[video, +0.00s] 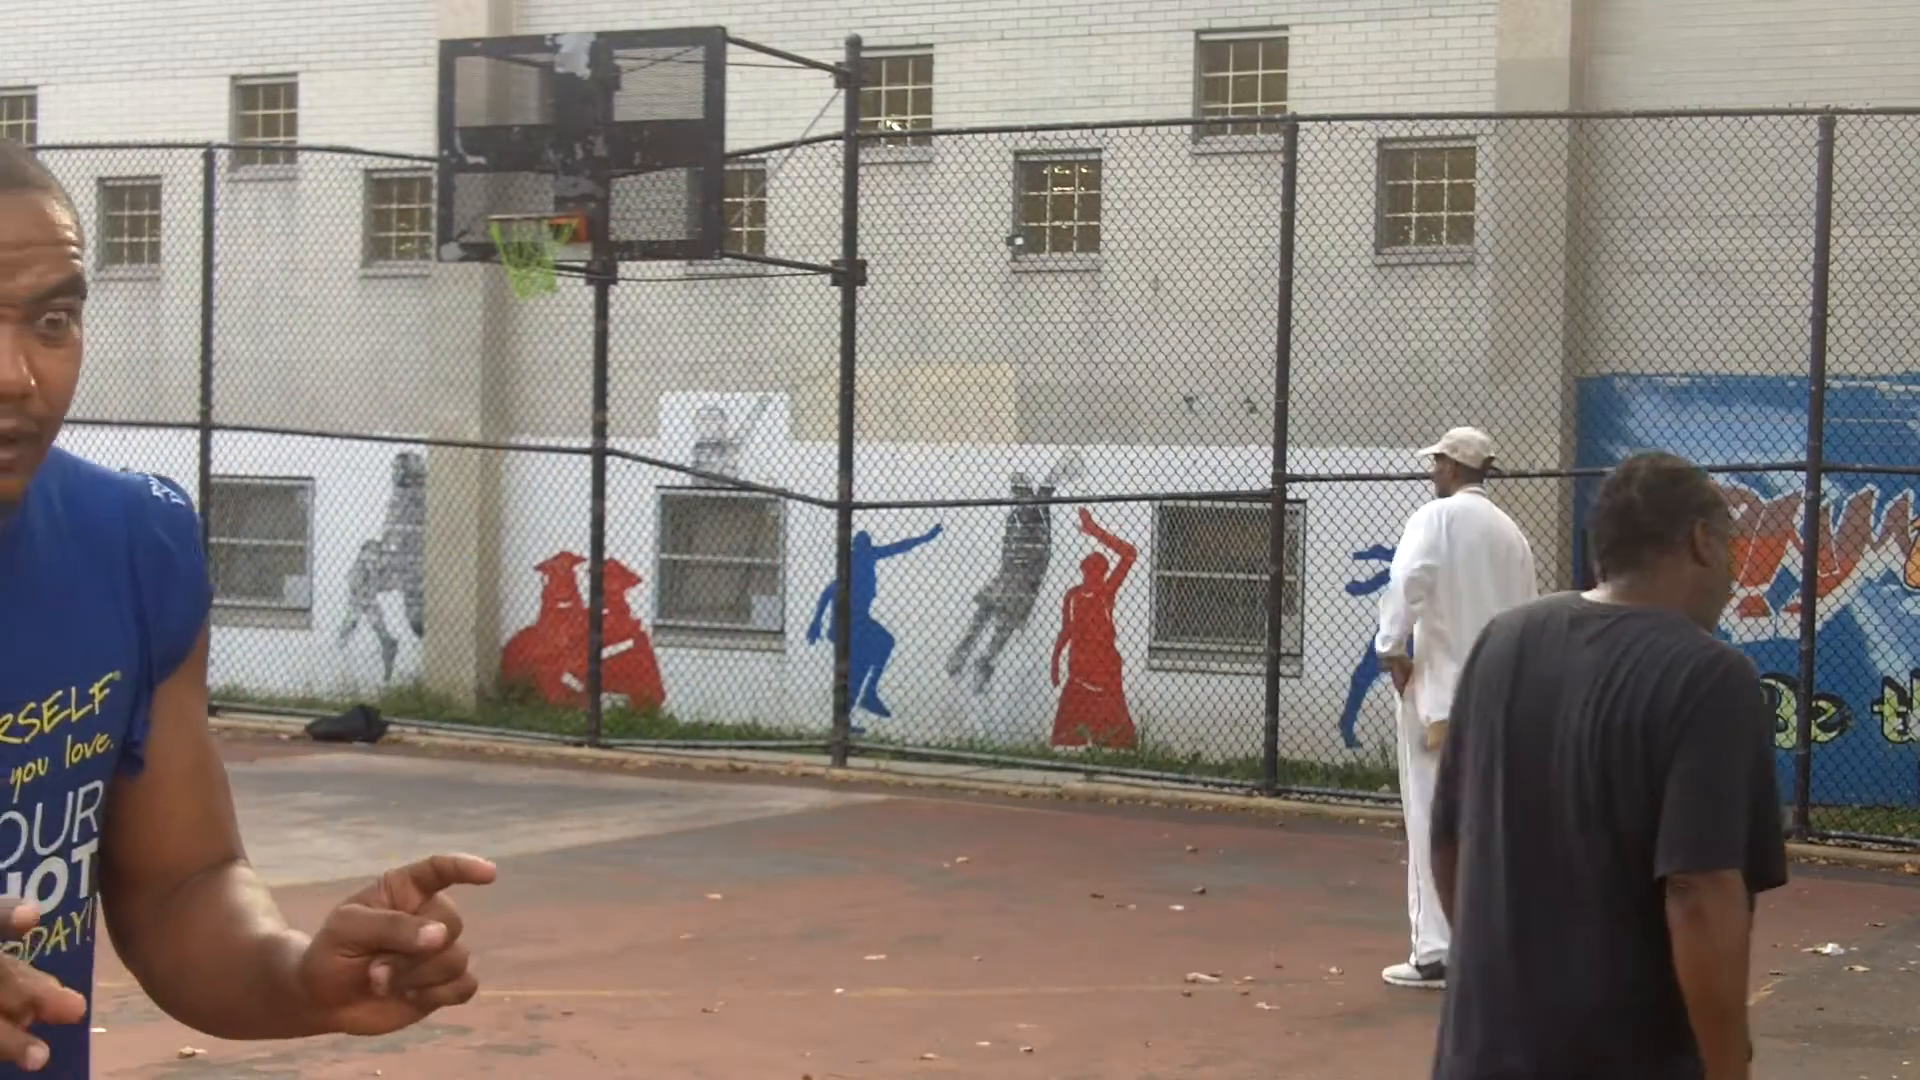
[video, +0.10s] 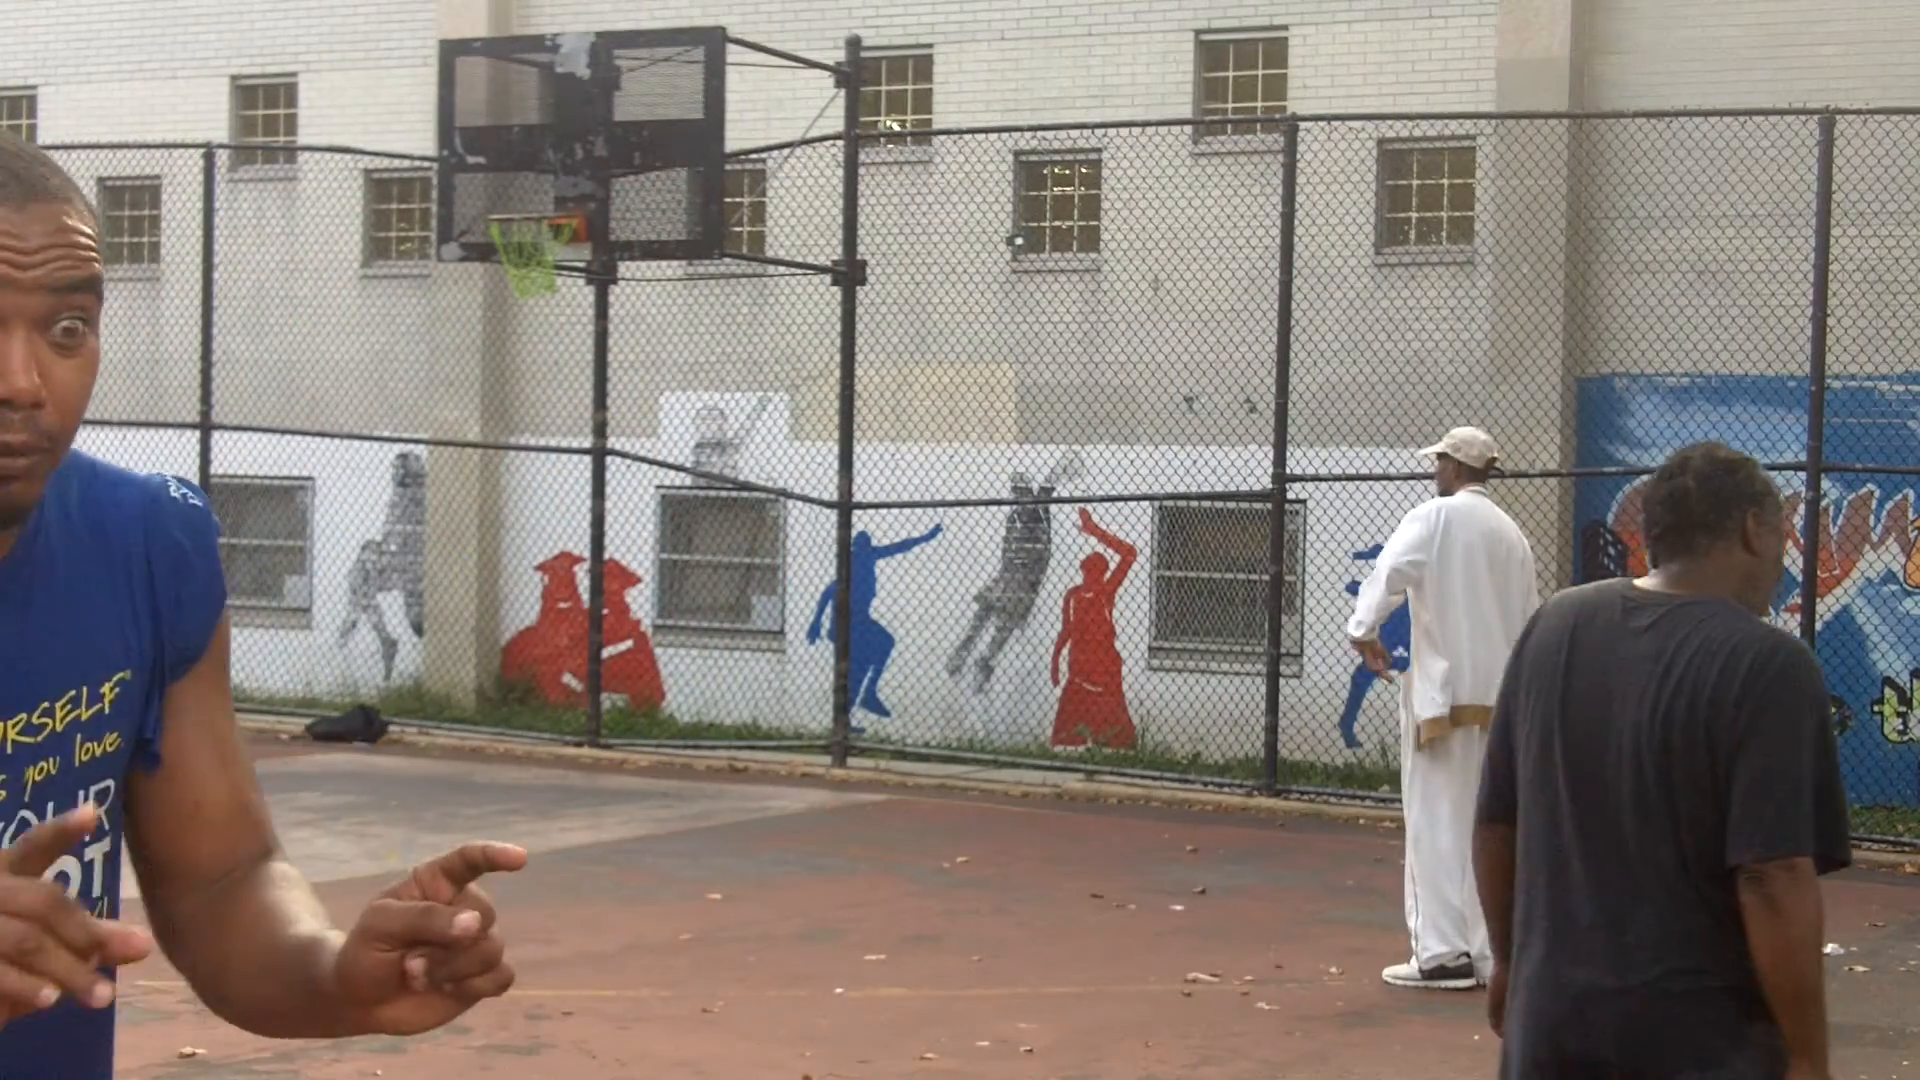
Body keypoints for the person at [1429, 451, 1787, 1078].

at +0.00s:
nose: (1734, 571)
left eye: (1734, 548)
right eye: (1730, 546)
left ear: (1610, 548)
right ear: (1701, 541)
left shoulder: (1504, 636)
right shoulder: (1708, 673)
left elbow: (1449, 838)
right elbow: (1699, 886)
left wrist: (1494, 973)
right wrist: (1729, 1063)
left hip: (1485, 1044)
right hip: (1637, 1052)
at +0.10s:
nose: (1785, 557)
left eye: (1786, 537)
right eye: (1782, 535)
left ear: (1656, 539)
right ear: (1752, 530)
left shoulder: (1553, 623)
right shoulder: (1767, 662)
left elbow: (1495, 826)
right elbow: (1771, 875)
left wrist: (1504, 958)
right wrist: (1809, 1058)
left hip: (1548, 1020)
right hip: (1705, 1038)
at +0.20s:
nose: (1825, 546)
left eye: (1824, 524)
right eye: (1821, 523)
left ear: (1692, 529)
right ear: (1792, 521)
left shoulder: (1598, 620)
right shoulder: (1816, 652)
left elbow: (1531, 816)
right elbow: (1843, 866)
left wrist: (1532, 958)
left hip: (1600, 1000)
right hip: (1751, 1020)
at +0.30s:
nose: (1857, 539)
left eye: (1853, 519)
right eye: (1851, 518)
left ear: (1729, 536)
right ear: (1828, 521)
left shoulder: (1628, 629)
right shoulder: (1865, 652)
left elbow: (1566, 817)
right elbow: (1906, 869)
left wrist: (1562, 962)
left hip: (1644, 1006)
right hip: (1797, 1017)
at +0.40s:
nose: (1883, 535)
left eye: (1880, 518)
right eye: (1878, 518)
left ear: (1756, 543)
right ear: (1863, 524)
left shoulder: (1665, 637)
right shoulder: (1896, 654)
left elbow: (1602, 822)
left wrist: (1590, 972)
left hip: (1677, 1000)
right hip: (1832, 1007)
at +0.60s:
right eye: (1919, 523)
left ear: (1803, 545)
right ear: (1907, 531)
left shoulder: (1730, 644)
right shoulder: (1906, 637)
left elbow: (1672, 829)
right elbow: (1673, 830)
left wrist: (1655, 978)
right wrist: (1657, 978)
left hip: (1758, 1009)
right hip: (1897, 1007)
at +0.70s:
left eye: (1816, 540)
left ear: (1828, 546)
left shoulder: (1763, 639)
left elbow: (1708, 826)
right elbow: (1709, 828)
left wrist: (1703, 967)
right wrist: (1704, 970)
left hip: (1787, 1002)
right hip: (1906, 999)